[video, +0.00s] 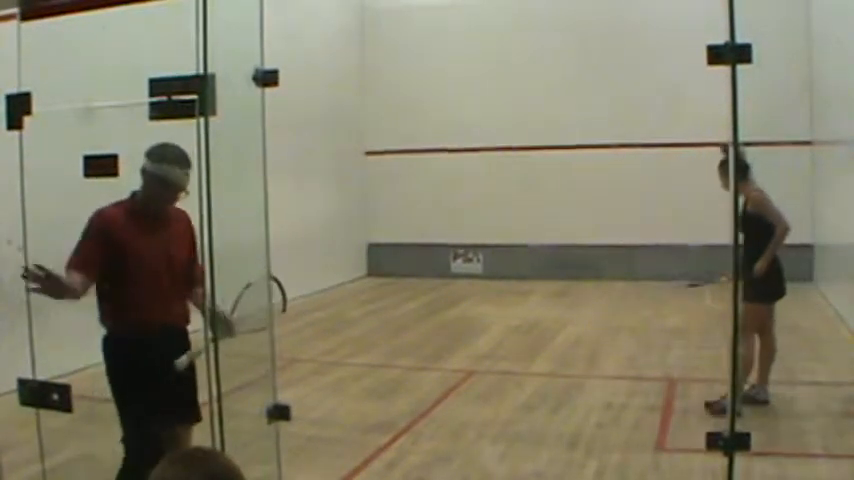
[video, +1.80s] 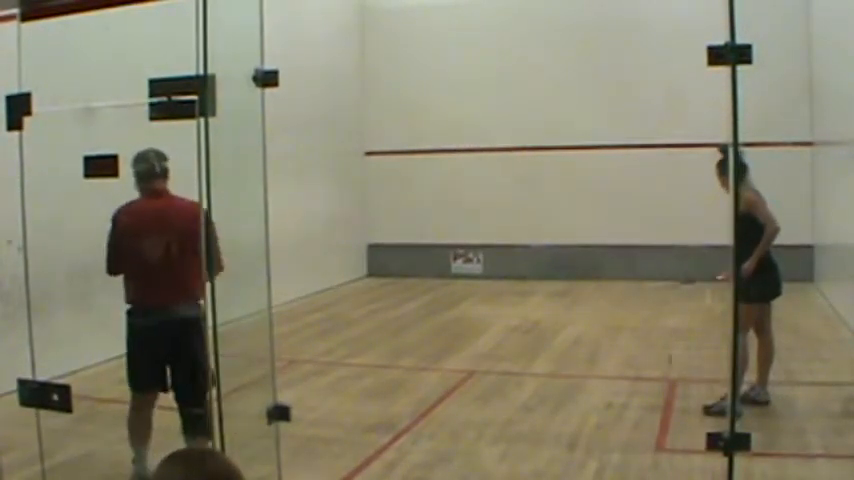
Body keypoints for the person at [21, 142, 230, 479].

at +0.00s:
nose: (173, 196)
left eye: (179, 189)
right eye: (167, 186)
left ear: (183, 188)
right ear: (146, 177)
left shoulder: (180, 222)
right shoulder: (109, 222)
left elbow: (193, 283)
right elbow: (79, 280)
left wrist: (213, 314)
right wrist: (61, 287)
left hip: (173, 340)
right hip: (128, 346)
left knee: (179, 443)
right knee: (144, 450)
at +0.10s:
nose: (180, 202)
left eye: (184, 195)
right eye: (174, 193)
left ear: (184, 193)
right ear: (150, 184)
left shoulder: (176, 226)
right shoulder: (107, 228)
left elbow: (190, 284)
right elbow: (86, 289)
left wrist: (211, 315)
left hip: (173, 345)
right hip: (129, 348)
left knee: (184, 437)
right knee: (145, 451)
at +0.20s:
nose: (182, 207)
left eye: (184, 200)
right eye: (178, 198)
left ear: (179, 194)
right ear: (153, 187)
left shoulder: (167, 224)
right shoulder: (109, 234)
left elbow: (178, 285)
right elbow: (98, 307)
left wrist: (209, 314)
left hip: (171, 354)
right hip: (127, 359)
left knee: (187, 448)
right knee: (148, 461)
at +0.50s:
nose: (187, 195)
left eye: (189, 187)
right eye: (184, 185)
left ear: (164, 182)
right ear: (163, 180)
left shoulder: (152, 220)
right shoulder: (139, 226)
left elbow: (157, 286)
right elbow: (148, 304)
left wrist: (194, 299)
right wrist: (192, 341)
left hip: (147, 350)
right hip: (136, 354)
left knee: (158, 454)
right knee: (153, 456)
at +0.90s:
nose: (172, 191)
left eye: (171, 183)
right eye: (168, 183)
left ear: (135, 183)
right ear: (155, 182)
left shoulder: (110, 221)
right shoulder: (171, 223)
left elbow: (112, 275)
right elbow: (187, 299)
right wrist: (209, 348)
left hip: (122, 345)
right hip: (165, 346)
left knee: (153, 435)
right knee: (196, 435)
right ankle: (198, 478)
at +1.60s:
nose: (162, 182)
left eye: (154, 177)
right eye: (170, 175)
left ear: (145, 179)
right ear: (177, 176)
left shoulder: (131, 215)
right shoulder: (199, 214)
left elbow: (115, 262)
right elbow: (223, 267)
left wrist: (147, 255)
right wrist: (221, 310)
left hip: (146, 325)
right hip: (189, 323)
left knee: (148, 399)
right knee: (195, 402)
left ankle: (150, 469)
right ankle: (202, 469)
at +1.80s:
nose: (153, 181)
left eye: (144, 177)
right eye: (159, 175)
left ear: (136, 179)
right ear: (167, 175)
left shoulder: (124, 217)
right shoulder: (193, 212)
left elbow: (114, 268)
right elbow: (214, 265)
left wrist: (144, 255)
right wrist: (184, 271)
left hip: (144, 323)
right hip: (187, 321)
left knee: (142, 398)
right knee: (193, 400)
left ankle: (140, 467)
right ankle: (200, 469)